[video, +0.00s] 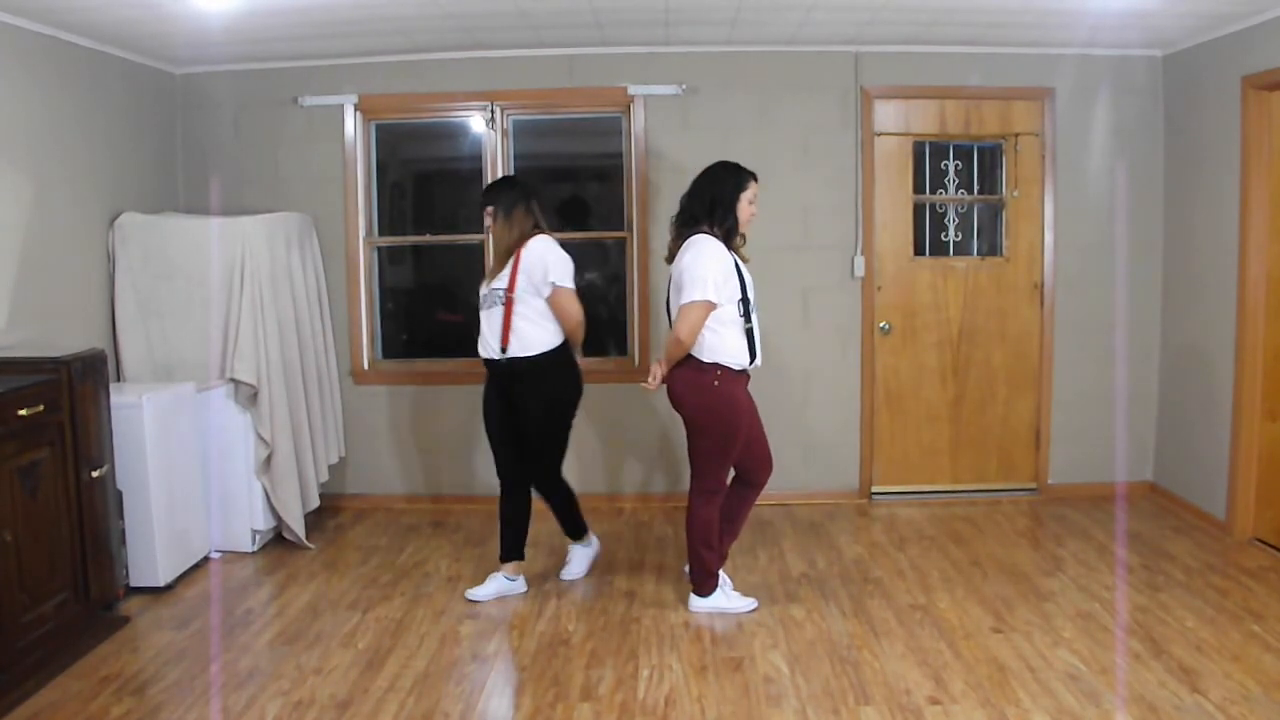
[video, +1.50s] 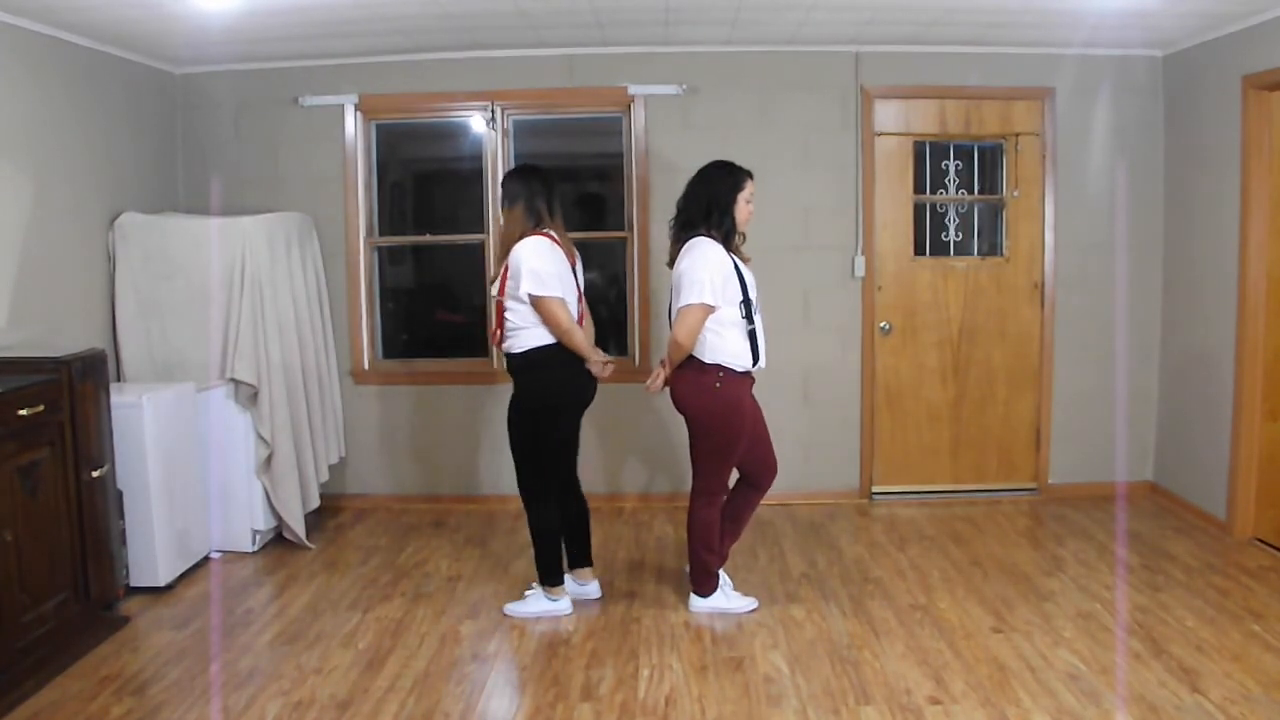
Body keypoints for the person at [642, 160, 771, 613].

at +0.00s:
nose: (754, 210)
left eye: (755, 201)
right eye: (749, 200)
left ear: (722, 200)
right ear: (726, 200)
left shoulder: (718, 249)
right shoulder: (705, 249)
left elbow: (697, 323)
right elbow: (685, 334)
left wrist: (666, 361)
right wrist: (663, 365)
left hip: (726, 378)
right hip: (707, 380)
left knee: (756, 469)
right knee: (709, 484)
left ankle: (708, 565)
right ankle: (704, 589)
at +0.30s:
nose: (748, 211)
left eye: (749, 202)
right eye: (744, 202)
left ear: (721, 202)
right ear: (719, 201)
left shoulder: (716, 250)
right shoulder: (697, 251)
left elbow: (684, 322)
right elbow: (678, 335)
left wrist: (663, 363)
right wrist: (663, 365)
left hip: (726, 379)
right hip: (706, 381)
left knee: (757, 470)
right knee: (709, 485)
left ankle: (710, 566)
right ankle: (705, 589)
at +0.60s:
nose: (746, 210)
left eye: (746, 201)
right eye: (741, 201)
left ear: (715, 203)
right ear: (716, 201)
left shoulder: (714, 250)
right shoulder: (696, 252)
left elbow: (685, 324)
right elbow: (677, 334)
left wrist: (662, 365)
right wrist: (662, 367)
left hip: (726, 379)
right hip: (706, 381)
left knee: (758, 470)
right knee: (710, 485)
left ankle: (711, 565)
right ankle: (705, 589)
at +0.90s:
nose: (746, 209)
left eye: (746, 199)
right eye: (741, 200)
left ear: (716, 202)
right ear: (717, 202)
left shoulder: (717, 251)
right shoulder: (697, 252)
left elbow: (687, 326)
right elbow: (680, 335)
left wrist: (664, 364)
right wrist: (663, 367)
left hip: (728, 380)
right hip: (706, 381)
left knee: (759, 468)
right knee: (709, 487)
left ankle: (714, 562)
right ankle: (705, 588)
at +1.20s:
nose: (748, 211)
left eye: (748, 201)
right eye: (743, 202)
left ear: (716, 203)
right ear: (719, 203)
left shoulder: (716, 253)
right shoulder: (701, 254)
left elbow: (686, 328)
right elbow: (681, 338)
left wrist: (666, 365)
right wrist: (664, 368)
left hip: (728, 381)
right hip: (708, 382)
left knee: (758, 472)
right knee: (708, 488)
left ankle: (708, 563)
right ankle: (704, 590)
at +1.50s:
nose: (752, 210)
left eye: (751, 200)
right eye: (747, 200)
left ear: (721, 201)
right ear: (725, 201)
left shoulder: (721, 251)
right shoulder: (704, 252)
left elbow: (691, 325)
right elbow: (684, 336)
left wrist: (667, 364)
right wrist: (666, 367)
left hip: (731, 382)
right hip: (711, 383)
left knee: (760, 472)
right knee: (710, 488)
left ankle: (710, 564)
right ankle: (705, 590)